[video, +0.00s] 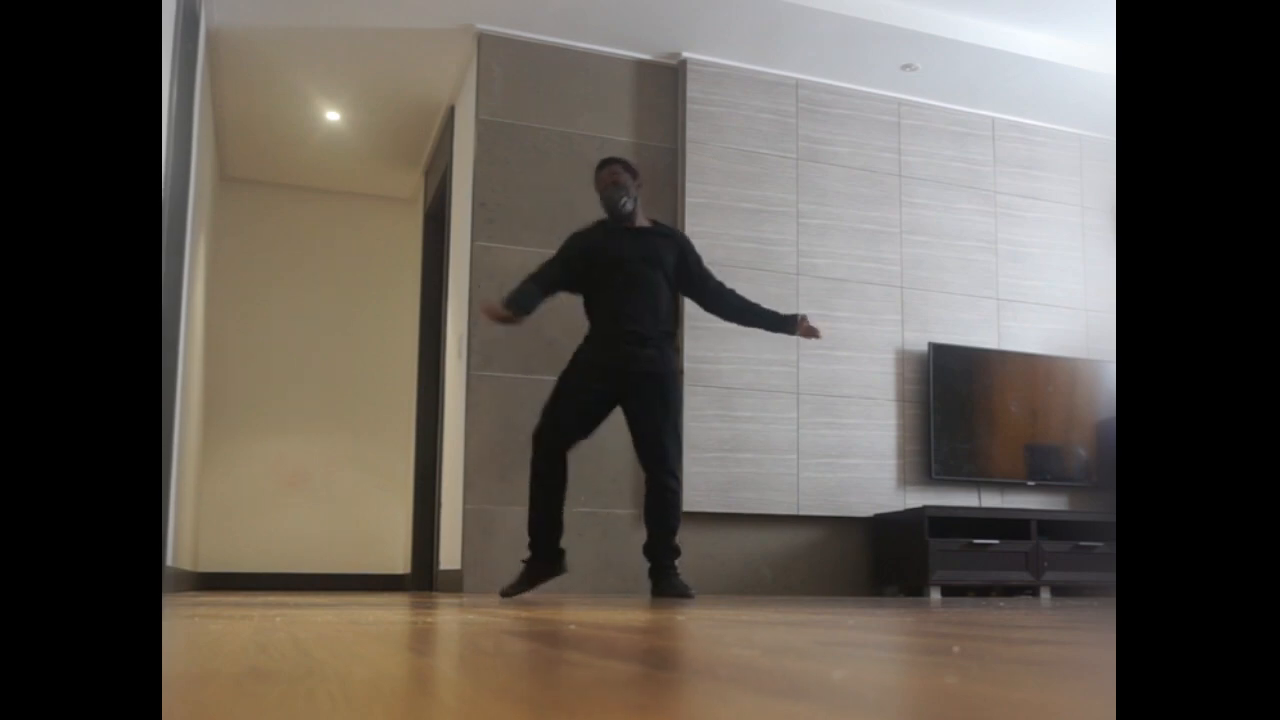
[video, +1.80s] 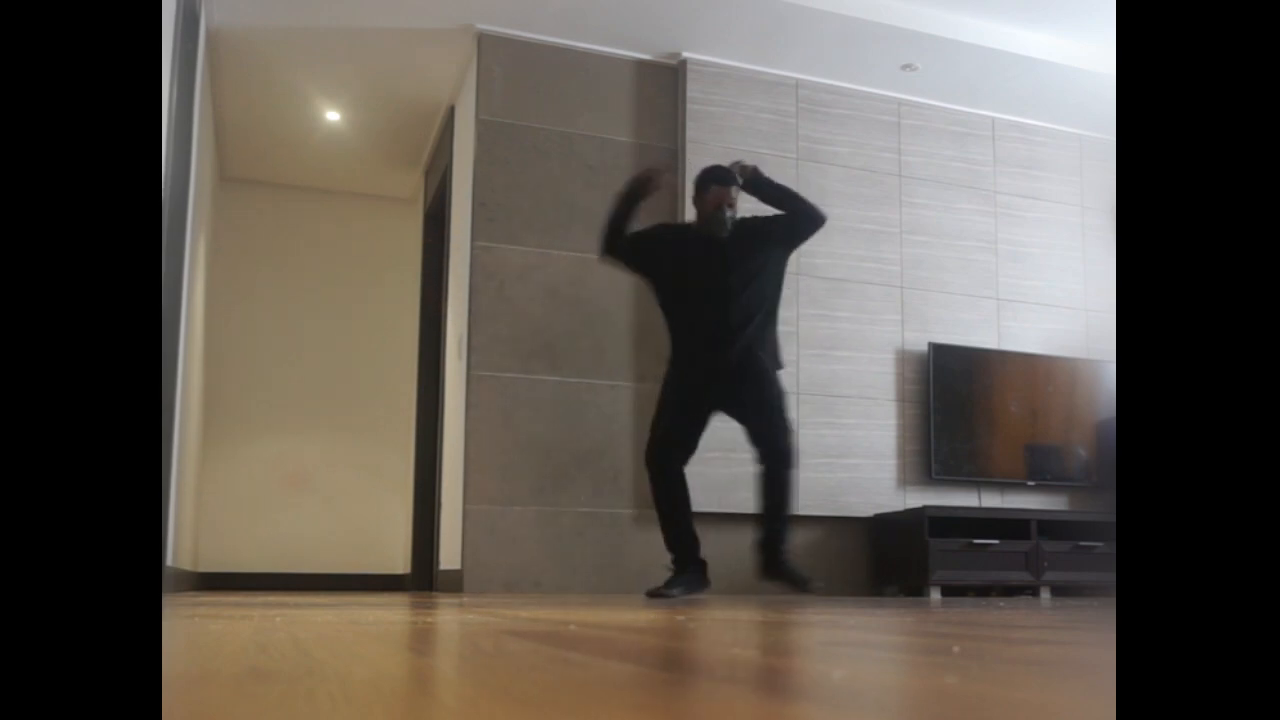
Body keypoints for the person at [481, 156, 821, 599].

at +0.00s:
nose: (614, 191)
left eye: (620, 184)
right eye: (606, 187)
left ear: (637, 188)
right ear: (598, 197)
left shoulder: (669, 243)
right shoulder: (586, 243)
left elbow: (717, 297)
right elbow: (545, 280)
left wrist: (786, 323)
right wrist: (515, 306)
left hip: (654, 368)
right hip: (598, 363)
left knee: (663, 468)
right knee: (548, 442)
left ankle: (664, 571)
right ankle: (544, 555)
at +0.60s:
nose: (610, 193)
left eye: (618, 185)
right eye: (605, 186)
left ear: (643, 187)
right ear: (601, 193)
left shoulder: (675, 240)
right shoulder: (586, 240)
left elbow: (702, 310)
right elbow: (523, 261)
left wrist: (738, 359)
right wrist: (458, 265)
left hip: (660, 374)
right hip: (603, 373)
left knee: (667, 473)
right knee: (582, 464)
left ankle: (665, 572)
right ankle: (561, 570)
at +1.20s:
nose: (647, 196)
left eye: (651, 189)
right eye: (639, 188)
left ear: (653, 191)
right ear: (612, 184)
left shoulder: (666, 235)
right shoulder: (575, 233)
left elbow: (718, 273)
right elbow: (546, 287)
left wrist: (772, 304)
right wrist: (510, 309)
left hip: (650, 368)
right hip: (590, 368)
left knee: (672, 451)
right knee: (566, 465)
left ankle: (690, 557)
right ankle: (554, 573)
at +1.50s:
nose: (700, 205)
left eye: (706, 198)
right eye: (692, 196)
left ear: (711, 201)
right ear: (672, 195)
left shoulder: (718, 247)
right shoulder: (637, 238)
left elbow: (767, 281)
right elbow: (603, 295)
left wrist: (801, 242)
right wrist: (562, 335)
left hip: (685, 369)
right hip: (636, 368)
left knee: (689, 456)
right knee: (636, 459)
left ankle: (725, 563)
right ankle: (613, 565)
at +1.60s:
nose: (706, 218)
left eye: (714, 210)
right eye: (698, 208)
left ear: (722, 211)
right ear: (680, 205)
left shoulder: (731, 251)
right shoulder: (647, 244)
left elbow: (784, 274)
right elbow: (616, 301)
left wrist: (807, 227)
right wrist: (569, 339)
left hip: (703, 372)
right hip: (654, 371)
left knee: (712, 461)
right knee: (671, 452)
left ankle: (729, 569)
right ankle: (655, 557)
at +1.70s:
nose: (711, 207)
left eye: (719, 200)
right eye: (704, 198)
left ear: (728, 201)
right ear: (686, 196)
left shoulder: (744, 237)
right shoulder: (655, 236)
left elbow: (797, 248)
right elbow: (615, 278)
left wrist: (780, 198)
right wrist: (588, 278)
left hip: (730, 368)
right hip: (677, 366)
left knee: (732, 463)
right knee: (670, 452)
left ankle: (735, 569)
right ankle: (688, 552)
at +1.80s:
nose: (726, 209)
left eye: (732, 202)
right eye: (717, 202)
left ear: (740, 204)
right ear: (697, 204)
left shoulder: (764, 237)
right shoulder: (669, 244)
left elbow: (810, 218)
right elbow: (614, 247)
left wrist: (759, 183)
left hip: (752, 377)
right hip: (691, 378)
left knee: (778, 454)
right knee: (663, 460)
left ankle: (773, 560)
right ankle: (689, 569)